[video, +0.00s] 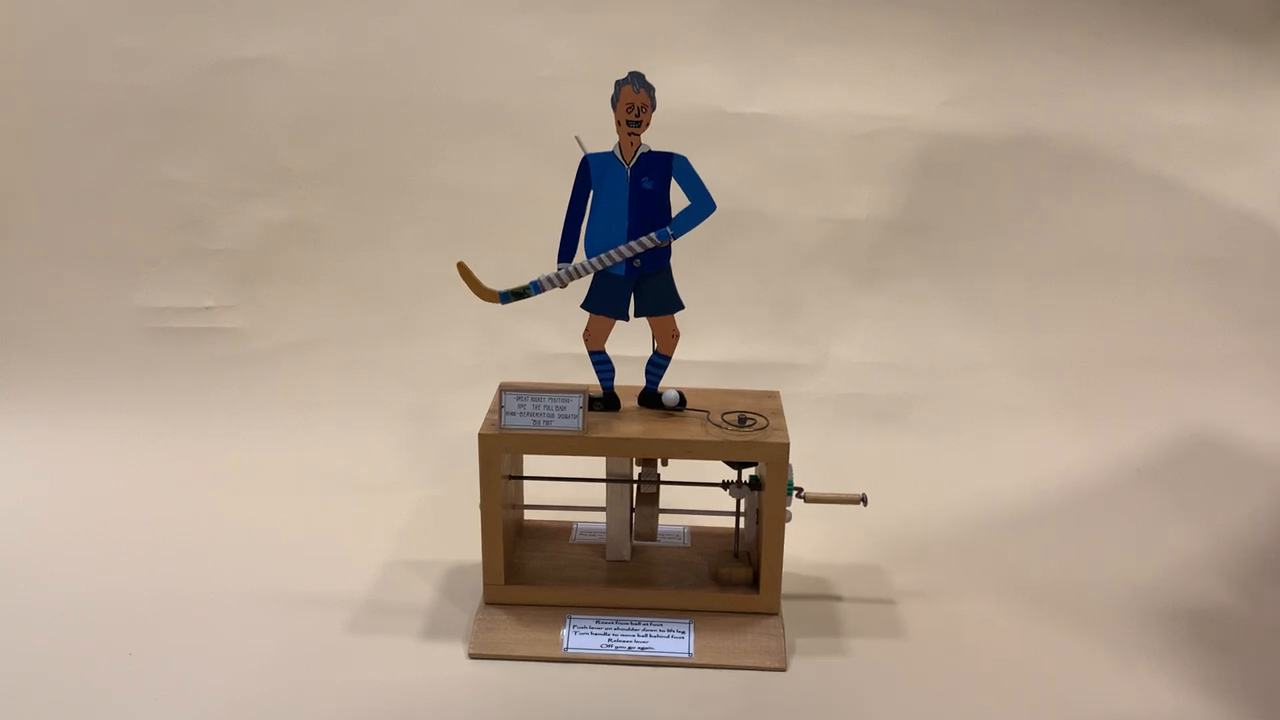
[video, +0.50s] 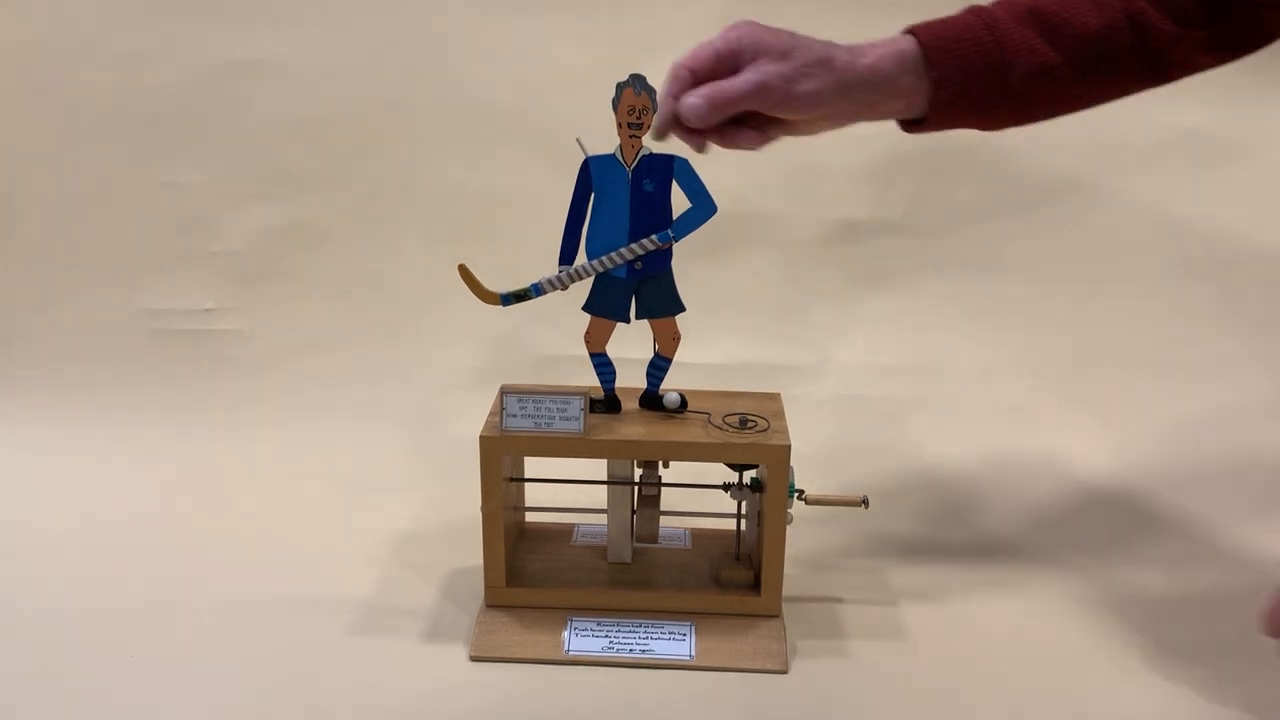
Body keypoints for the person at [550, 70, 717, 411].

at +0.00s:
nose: (636, 114)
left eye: (643, 108)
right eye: (628, 106)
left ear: (652, 114)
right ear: (613, 111)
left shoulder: (669, 163)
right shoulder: (593, 165)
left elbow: (705, 204)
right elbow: (574, 217)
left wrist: (668, 233)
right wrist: (564, 265)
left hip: (654, 270)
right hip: (611, 270)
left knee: (668, 337)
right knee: (593, 338)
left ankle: (650, 393)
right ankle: (608, 394)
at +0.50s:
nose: (636, 116)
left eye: (644, 110)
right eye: (629, 109)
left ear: (653, 117)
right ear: (615, 114)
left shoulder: (670, 165)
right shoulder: (594, 167)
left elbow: (707, 206)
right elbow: (575, 220)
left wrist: (669, 236)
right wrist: (565, 268)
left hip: (654, 271)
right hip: (611, 271)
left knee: (669, 339)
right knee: (594, 339)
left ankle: (651, 395)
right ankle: (609, 396)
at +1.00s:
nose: (636, 121)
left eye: (644, 115)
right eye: (630, 114)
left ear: (655, 124)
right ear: (617, 121)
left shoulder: (671, 167)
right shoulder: (595, 170)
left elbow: (708, 208)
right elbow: (577, 222)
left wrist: (671, 238)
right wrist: (567, 270)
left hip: (656, 274)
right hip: (612, 274)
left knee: (671, 341)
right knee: (596, 341)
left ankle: (652, 397)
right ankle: (611, 398)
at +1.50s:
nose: (643, 124)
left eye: (649, 117)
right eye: (636, 116)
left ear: (658, 125)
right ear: (623, 122)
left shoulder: (676, 168)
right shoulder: (601, 170)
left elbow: (712, 210)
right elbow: (581, 222)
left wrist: (675, 239)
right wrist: (570, 269)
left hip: (660, 274)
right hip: (616, 274)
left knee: (675, 341)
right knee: (598, 342)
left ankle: (656, 398)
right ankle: (612, 400)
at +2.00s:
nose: (646, 132)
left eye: (652, 125)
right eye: (639, 124)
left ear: (662, 127)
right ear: (627, 126)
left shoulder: (681, 169)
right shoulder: (606, 169)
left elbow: (715, 212)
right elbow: (585, 220)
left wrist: (675, 241)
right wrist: (572, 269)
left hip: (666, 270)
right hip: (620, 273)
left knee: (709, 326)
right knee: (600, 342)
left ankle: (715, 386)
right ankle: (613, 400)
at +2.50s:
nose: (648, 121)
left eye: (655, 113)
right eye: (641, 113)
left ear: (664, 119)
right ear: (627, 117)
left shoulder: (680, 167)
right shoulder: (605, 167)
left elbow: (715, 210)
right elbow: (585, 218)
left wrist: (676, 239)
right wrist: (573, 267)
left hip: (667, 266)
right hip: (621, 269)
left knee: (716, 317)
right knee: (600, 341)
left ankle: (729, 378)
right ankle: (614, 398)